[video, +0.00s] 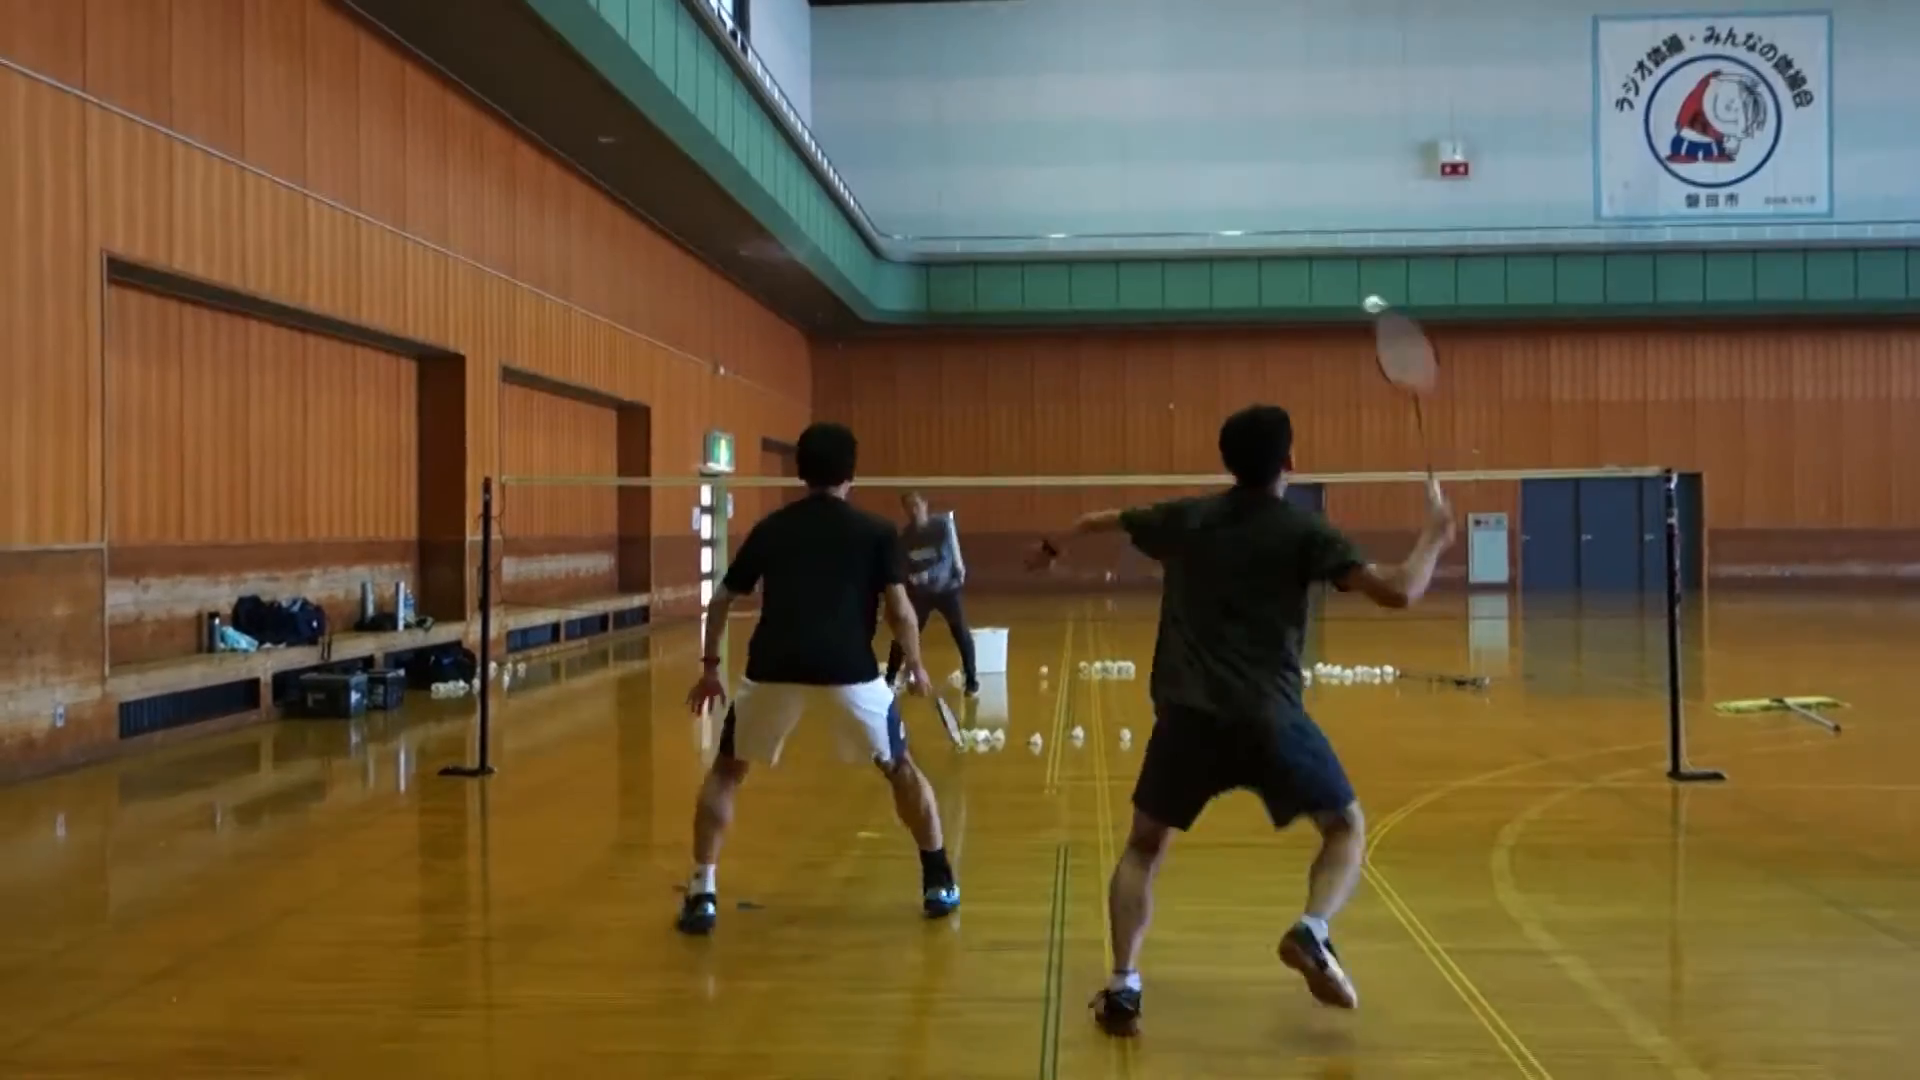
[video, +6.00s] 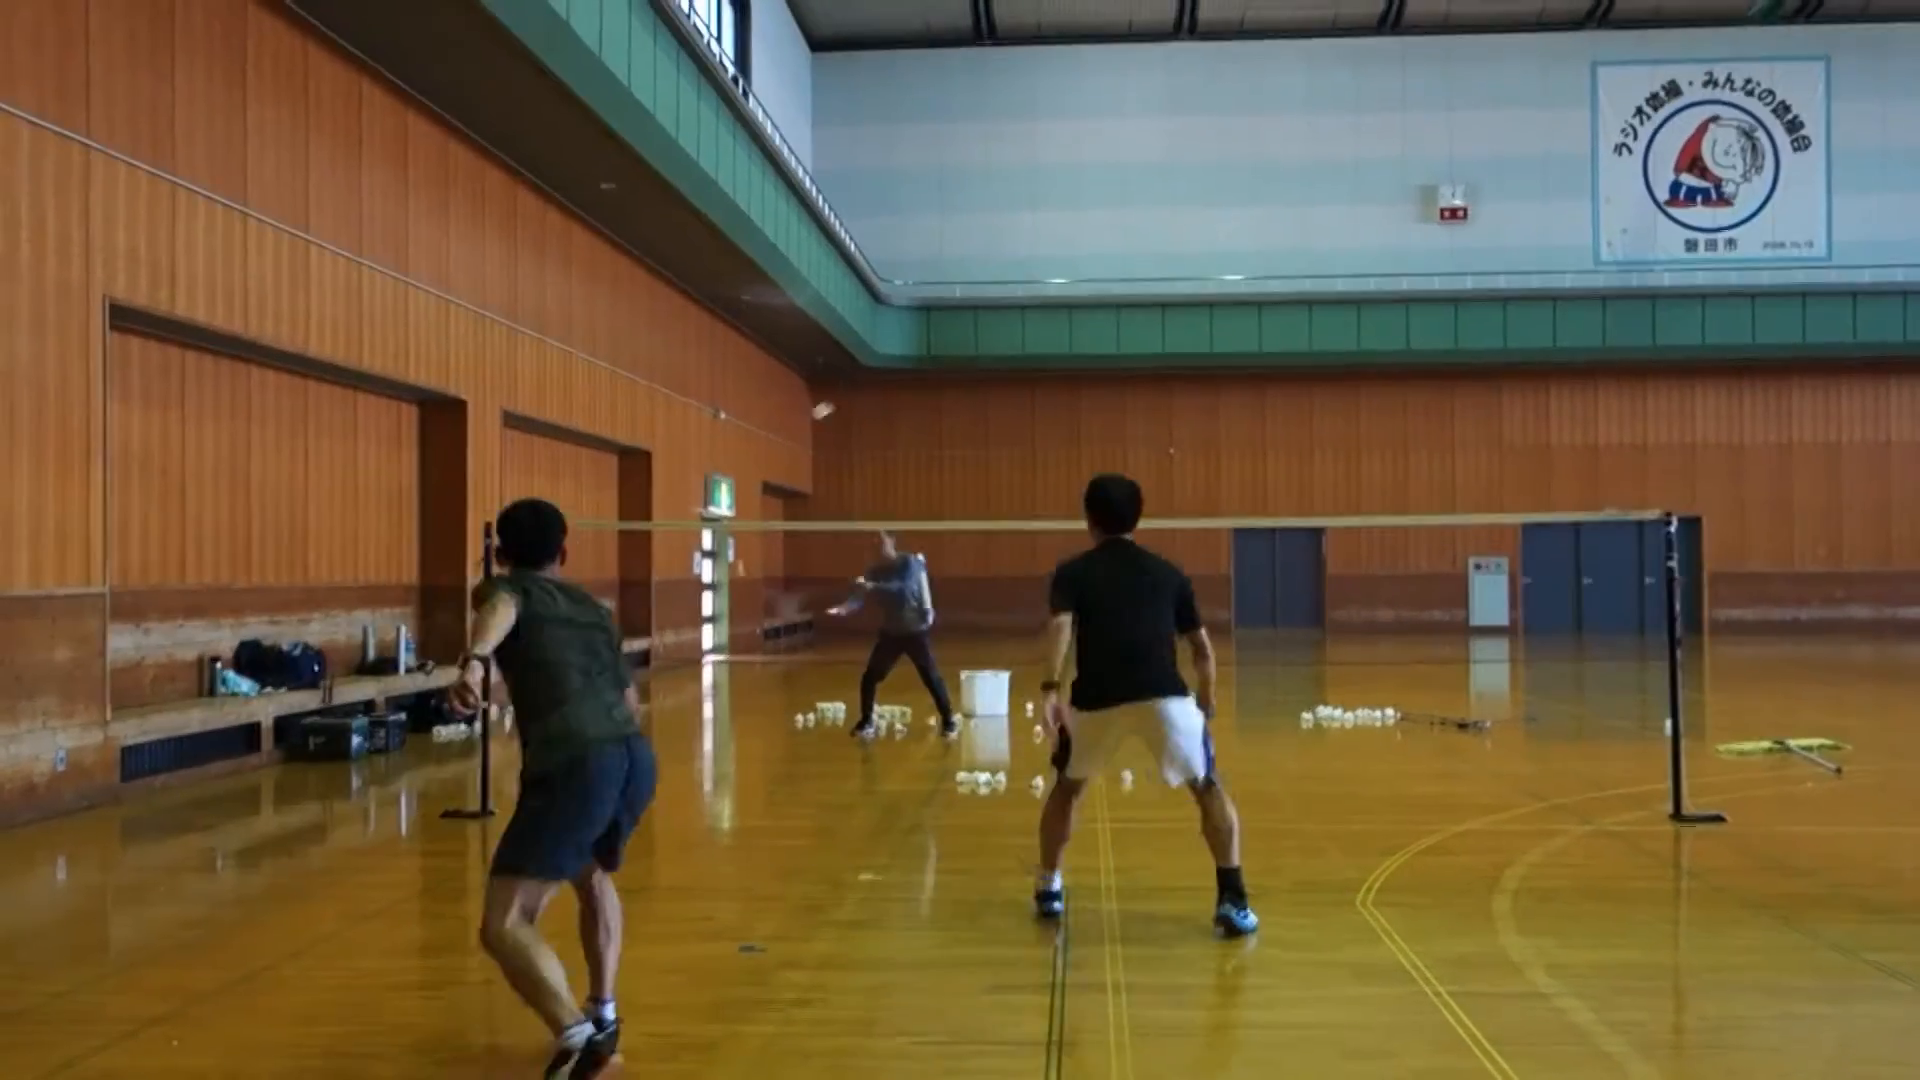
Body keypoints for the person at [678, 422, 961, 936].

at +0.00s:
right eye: (847, 468)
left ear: (799, 470)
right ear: (851, 473)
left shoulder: (772, 528)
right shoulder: (876, 533)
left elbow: (721, 601)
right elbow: (900, 610)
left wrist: (709, 665)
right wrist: (915, 664)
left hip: (775, 670)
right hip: (851, 672)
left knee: (726, 772)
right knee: (902, 771)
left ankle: (701, 894)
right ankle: (939, 879)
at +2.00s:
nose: (894, 555)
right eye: (893, 549)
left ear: (832, 555)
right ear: (890, 558)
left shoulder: (808, 617)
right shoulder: (917, 623)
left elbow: (742, 681)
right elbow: (952, 699)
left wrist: (734, 770)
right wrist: (949, 782)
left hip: (806, 782)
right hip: (889, 784)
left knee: (737, 868)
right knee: (977, 877)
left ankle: (685, 988)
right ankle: (1033, 1008)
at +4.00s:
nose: (1220, 489)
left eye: (1222, 484)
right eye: (1222, 483)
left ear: (1228, 488)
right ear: (1268, 492)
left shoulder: (1208, 530)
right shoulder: (1289, 539)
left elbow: (1138, 564)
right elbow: (1332, 596)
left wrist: (1124, 595)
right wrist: (1364, 639)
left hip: (1219, 650)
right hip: (1277, 650)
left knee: (1160, 723)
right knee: (1315, 712)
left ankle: (1150, 800)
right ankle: (1333, 804)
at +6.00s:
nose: (1087, 521)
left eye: (1088, 514)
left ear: (1089, 519)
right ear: (1137, 519)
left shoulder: (1072, 572)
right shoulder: (1167, 572)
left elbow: (1060, 626)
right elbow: (1203, 651)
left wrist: (1049, 689)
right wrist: (1205, 711)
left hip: (1096, 696)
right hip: (1164, 693)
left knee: (1067, 786)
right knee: (1209, 790)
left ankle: (1048, 888)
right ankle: (1233, 900)